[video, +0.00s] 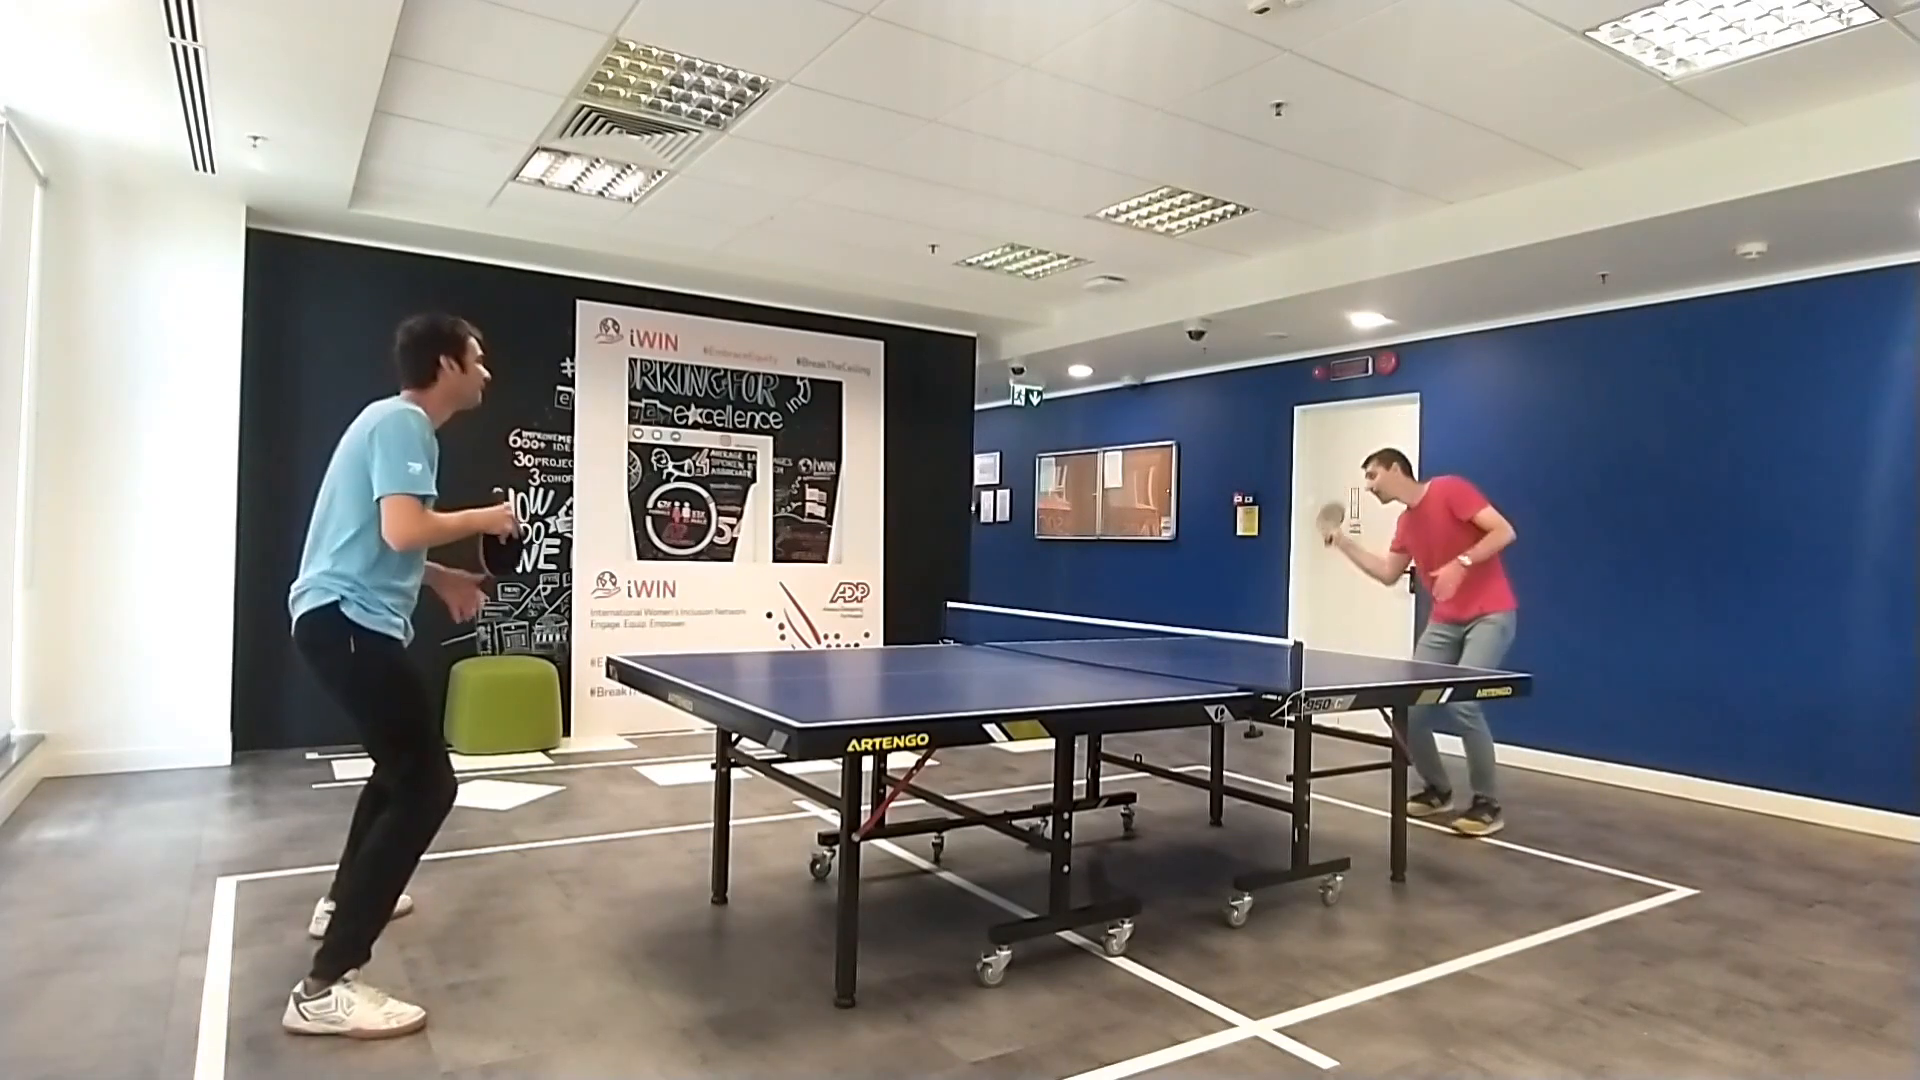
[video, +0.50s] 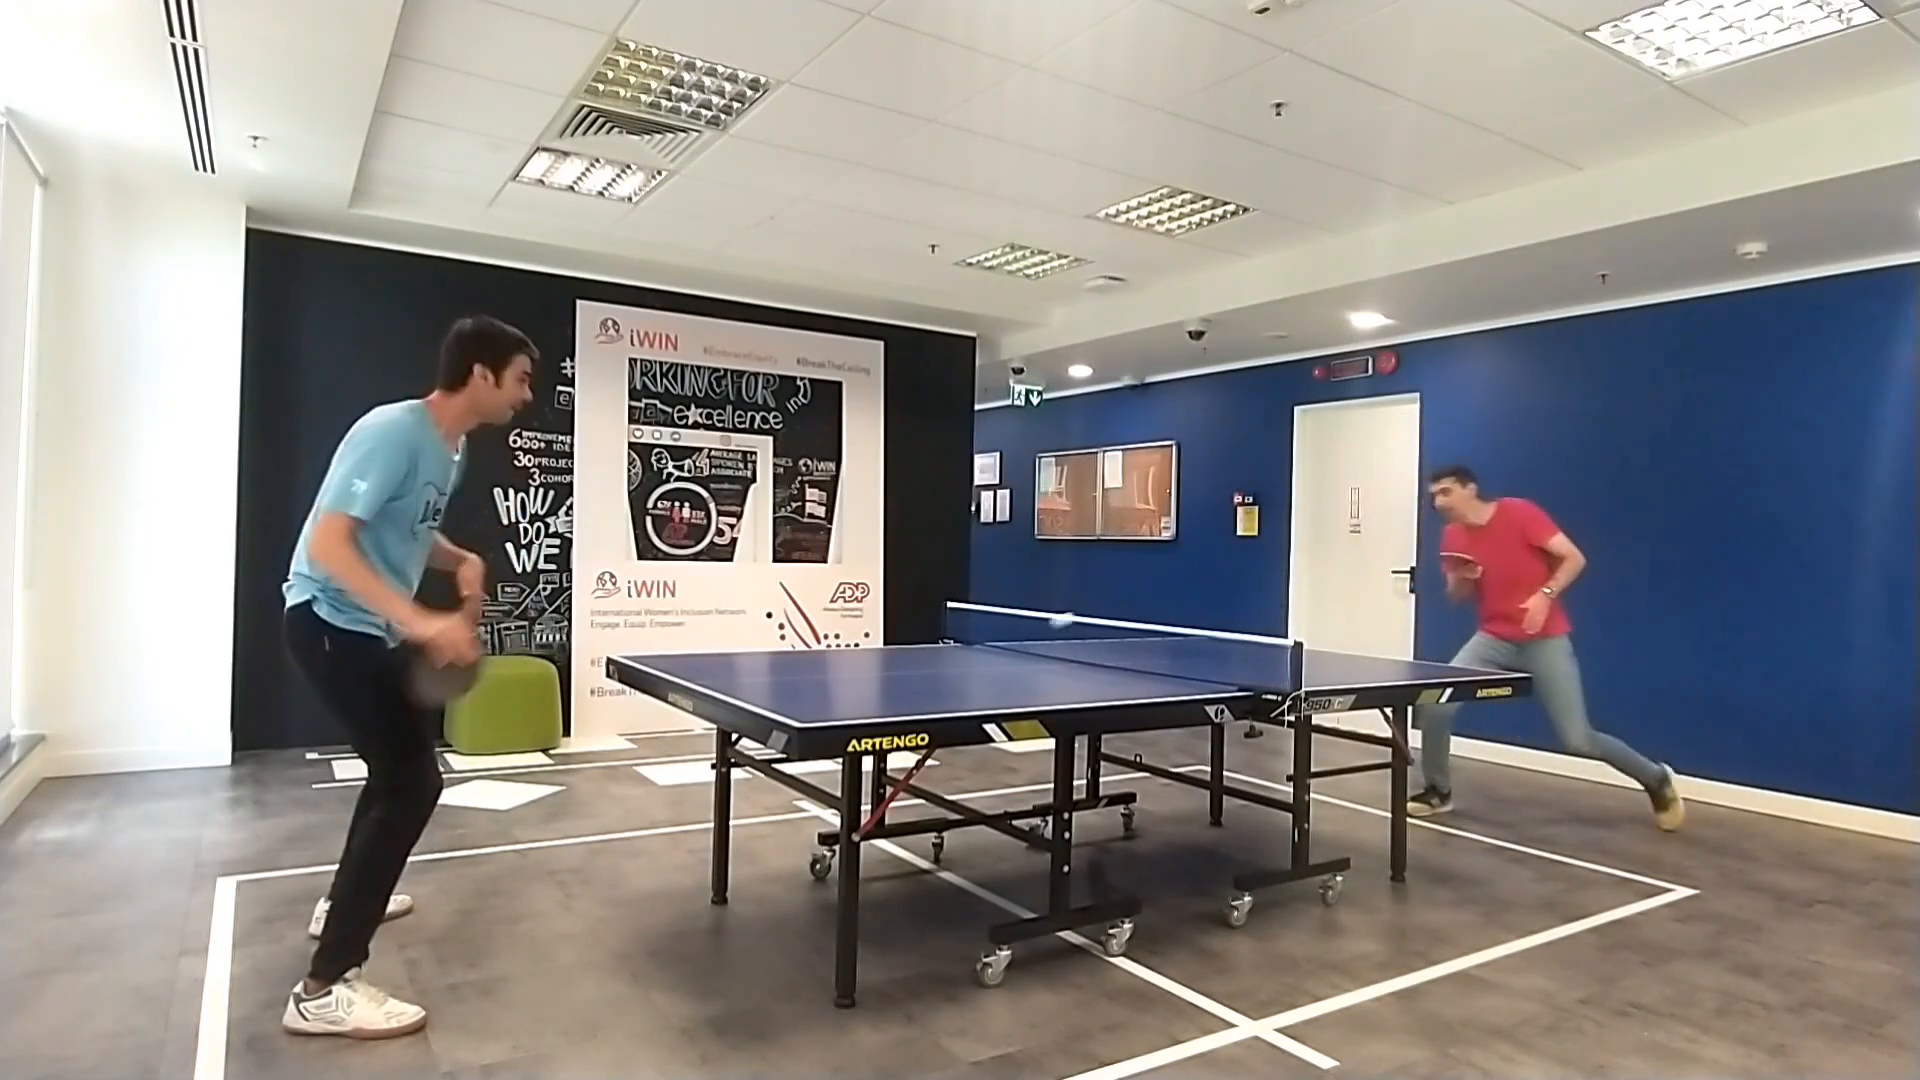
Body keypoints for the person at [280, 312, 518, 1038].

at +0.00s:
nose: (488, 372)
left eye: (484, 361)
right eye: (479, 360)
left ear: (434, 367)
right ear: (446, 365)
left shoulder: (395, 426)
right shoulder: (403, 423)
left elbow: (375, 539)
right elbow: (403, 527)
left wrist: (437, 575)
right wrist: (489, 517)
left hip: (350, 618)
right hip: (348, 619)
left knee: (402, 764)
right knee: (428, 785)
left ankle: (345, 904)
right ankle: (324, 988)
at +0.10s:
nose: (490, 379)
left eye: (488, 368)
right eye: (482, 367)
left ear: (436, 371)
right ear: (450, 370)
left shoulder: (394, 429)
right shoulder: (401, 428)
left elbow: (377, 540)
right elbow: (395, 531)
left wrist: (429, 581)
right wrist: (488, 525)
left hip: (347, 621)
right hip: (345, 622)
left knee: (403, 768)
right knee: (434, 788)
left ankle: (343, 905)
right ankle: (326, 986)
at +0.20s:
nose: (495, 381)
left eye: (494, 370)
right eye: (488, 369)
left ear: (445, 373)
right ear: (455, 371)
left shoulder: (407, 435)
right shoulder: (399, 427)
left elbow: (376, 537)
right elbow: (386, 529)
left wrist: (424, 579)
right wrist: (486, 529)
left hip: (354, 625)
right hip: (342, 625)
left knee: (404, 767)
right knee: (433, 789)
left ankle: (343, 906)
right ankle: (325, 988)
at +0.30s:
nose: (503, 382)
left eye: (504, 370)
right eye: (497, 369)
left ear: (454, 371)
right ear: (462, 370)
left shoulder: (421, 440)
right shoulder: (399, 423)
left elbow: (379, 533)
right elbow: (375, 525)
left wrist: (421, 573)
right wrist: (483, 540)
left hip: (363, 623)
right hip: (338, 621)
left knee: (401, 768)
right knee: (429, 785)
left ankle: (344, 907)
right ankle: (326, 988)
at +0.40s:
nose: (515, 386)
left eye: (516, 373)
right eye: (509, 372)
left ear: (467, 374)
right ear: (470, 372)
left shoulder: (434, 445)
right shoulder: (399, 425)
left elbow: (388, 532)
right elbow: (352, 530)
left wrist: (435, 569)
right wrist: (463, 566)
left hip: (362, 623)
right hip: (330, 621)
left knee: (400, 763)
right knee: (422, 780)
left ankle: (344, 908)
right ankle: (325, 988)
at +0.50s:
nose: (525, 396)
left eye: (528, 383)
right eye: (521, 381)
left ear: (481, 381)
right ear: (479, 376)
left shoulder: (450, 448)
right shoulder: (395, 430)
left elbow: (404, 528)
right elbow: (327, 544)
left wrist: (460, 561)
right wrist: (416, 620)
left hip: (369, 624)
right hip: (327, 622)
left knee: (406, 766)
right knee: (414, 780)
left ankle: (346, 903)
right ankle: (324, 988)